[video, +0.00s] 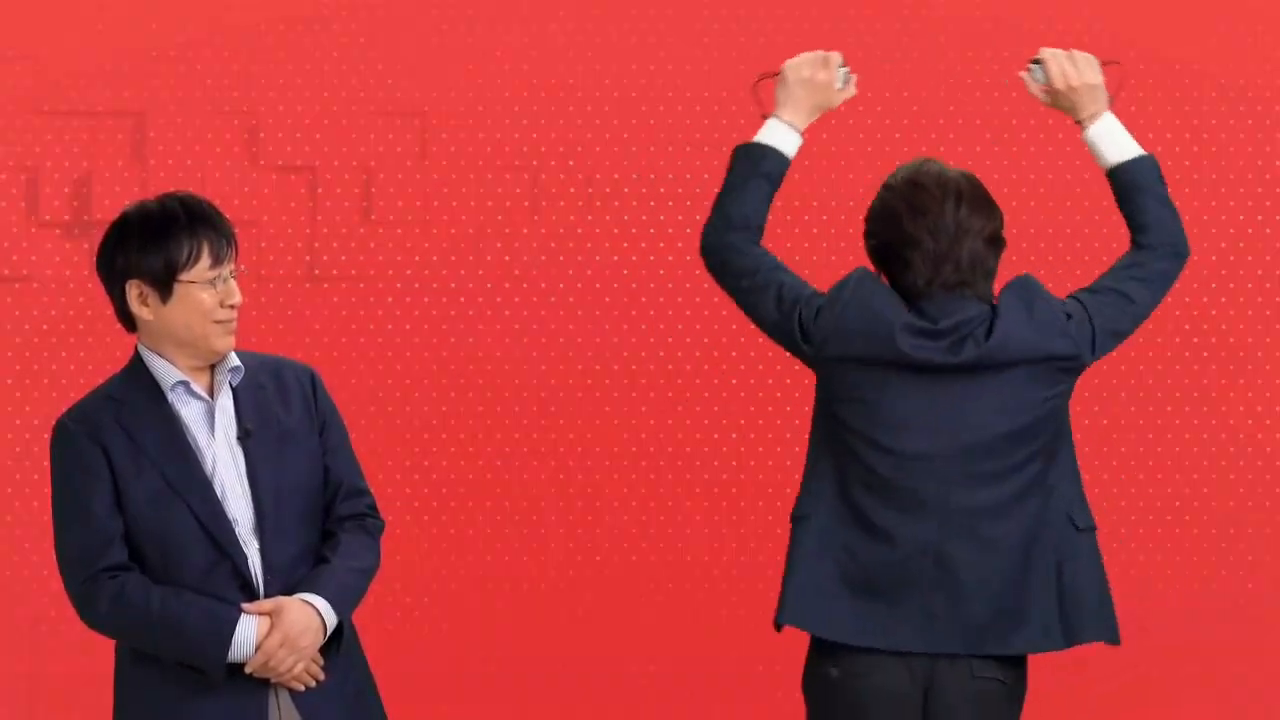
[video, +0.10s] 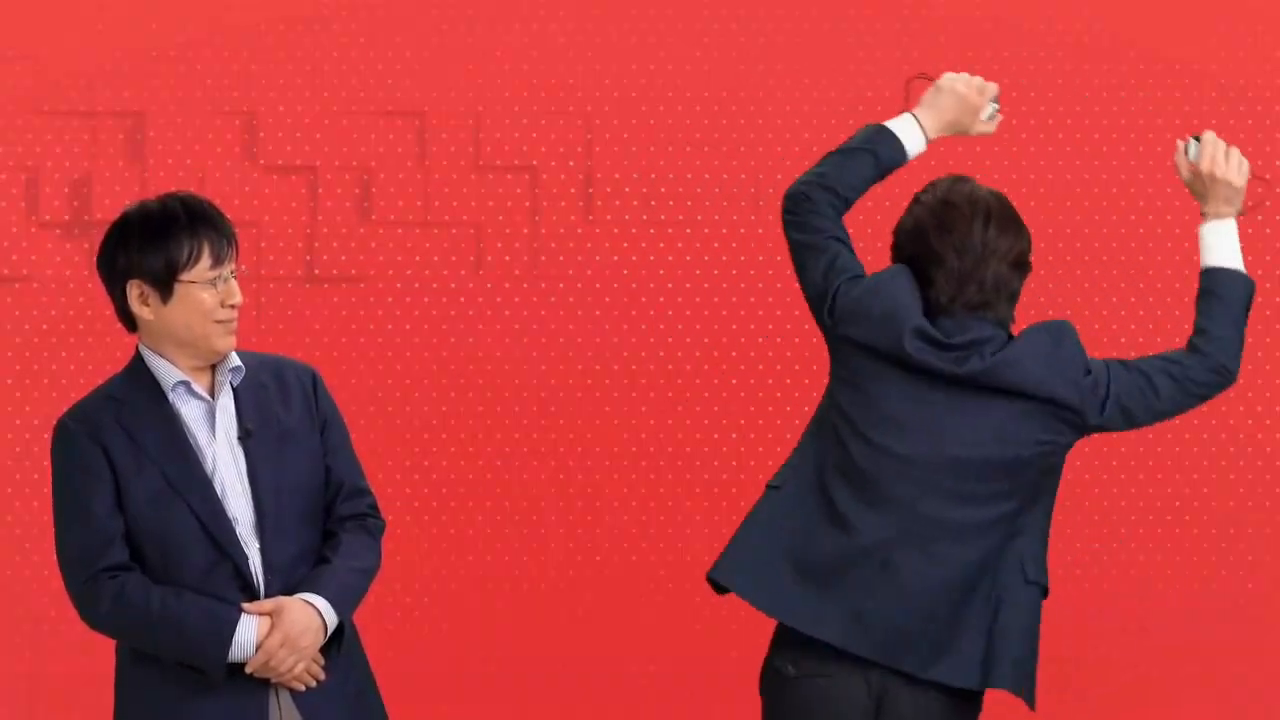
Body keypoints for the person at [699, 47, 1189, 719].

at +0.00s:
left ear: (884, 260)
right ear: (992, 257)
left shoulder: (842, 335)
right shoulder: (1050, 340)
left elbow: (727, 245)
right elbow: (1163, 247)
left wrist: (786, 120)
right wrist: (1098, 118)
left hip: (858, 663)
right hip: (986, 667)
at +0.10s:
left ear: (905, 265)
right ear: (1017, 282)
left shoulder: (864, 329)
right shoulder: (1057, 386)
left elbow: (810, 203)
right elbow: (1211, 365)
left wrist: (924, 120)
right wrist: (1221, 219)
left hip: (814, 662)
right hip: (939, 688)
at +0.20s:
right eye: (1022, 283)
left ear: (911, 277)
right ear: (1019, 296)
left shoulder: (864, 341)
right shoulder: (1055, 401)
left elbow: (828, 217)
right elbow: (1212, 395)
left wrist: (949, 148)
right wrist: (1228, 255)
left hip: (812, 671)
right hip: (937, 693)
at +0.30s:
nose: (1011, 272)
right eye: (1008, 261)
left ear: (892, 259)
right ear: (1002, 273)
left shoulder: (847, 334)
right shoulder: (1046, 366)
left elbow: (777, 219)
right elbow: (1193, 330)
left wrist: (886, 130)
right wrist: (1181, 193)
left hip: (844, 667)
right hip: (972, 678)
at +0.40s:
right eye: (993, 243)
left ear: (882, 264)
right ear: (991, 256)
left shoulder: (835, 342)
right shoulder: (1044, 336)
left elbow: (708, 254)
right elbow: (1141, 236)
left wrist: (777, 128)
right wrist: (1076, 112)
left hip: (882, 668)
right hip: (1014, 667)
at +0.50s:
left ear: (877, 269)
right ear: (988, 252)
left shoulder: (834, 370)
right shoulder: (1034, 326)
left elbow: (676, 329)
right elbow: (1076, 192)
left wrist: (694, 188)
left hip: (907, 682)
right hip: (1036, 669)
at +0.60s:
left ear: (880, 271)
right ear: (988, 251)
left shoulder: (839, 373)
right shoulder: (1037, 327)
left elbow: (676, 350)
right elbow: (1066, 191)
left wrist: (673, 211)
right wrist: (943, 119)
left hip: (909, 682)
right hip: (1037, 665)